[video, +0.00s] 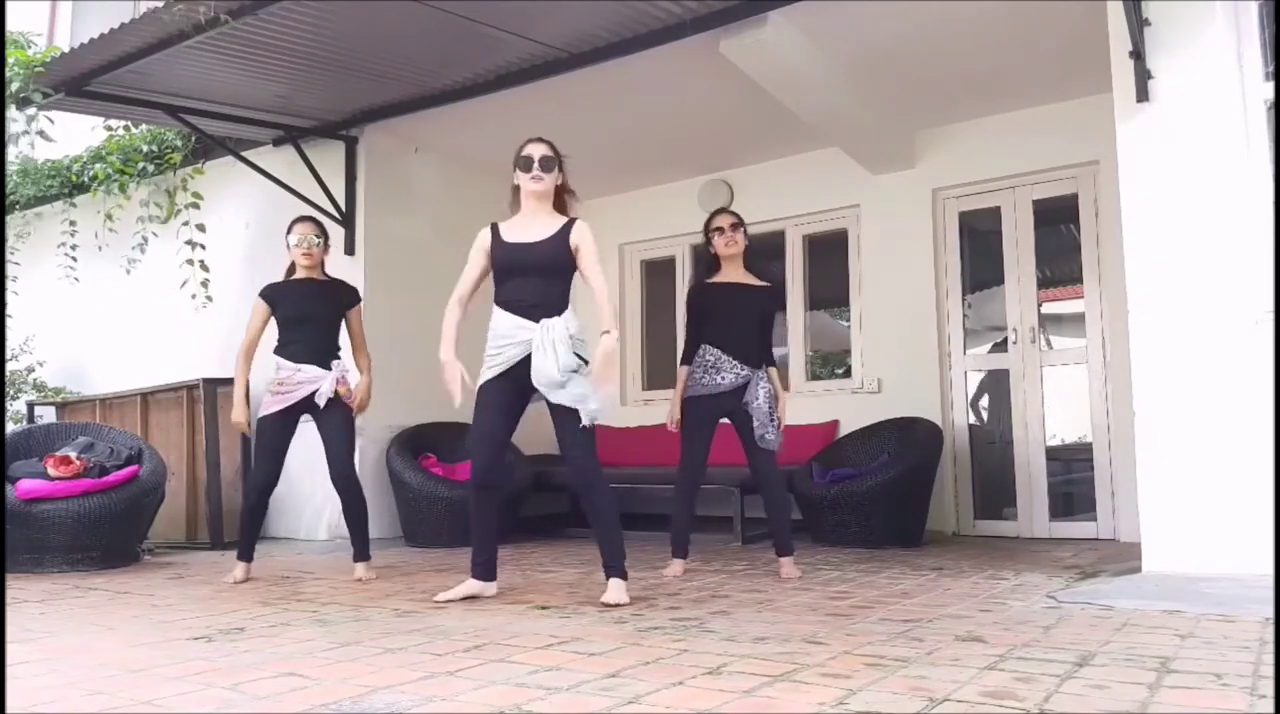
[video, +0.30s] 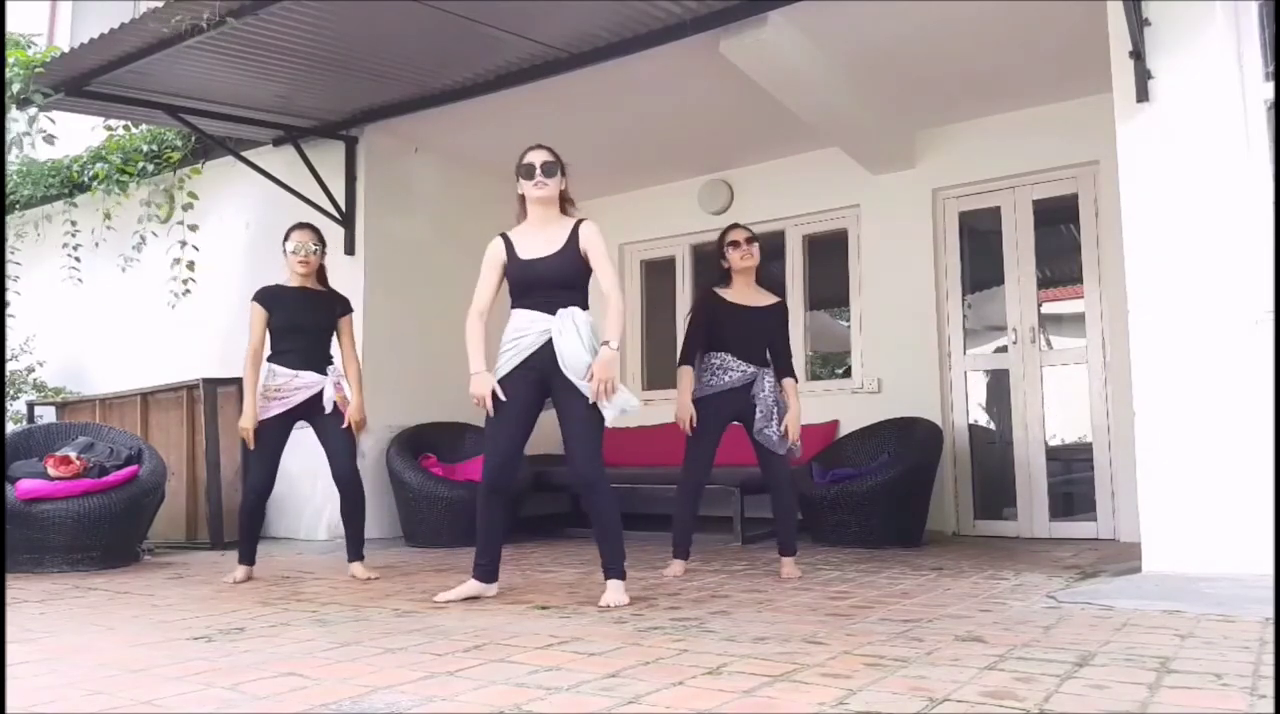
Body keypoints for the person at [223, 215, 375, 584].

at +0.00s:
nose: (307, 244)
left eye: (314, 239)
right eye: (299, 239)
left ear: (326, 247)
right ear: (289, 249)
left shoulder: (344, 292)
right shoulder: (274, 292)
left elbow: (358, 345)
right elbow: (247, 348)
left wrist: (365, 379)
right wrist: (239, 400)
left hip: (331, 388)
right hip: (285, 388)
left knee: (344, 475)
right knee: (263, 479)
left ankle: (362, 560)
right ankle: (243, 561)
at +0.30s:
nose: (304, 255)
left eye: (312, 249)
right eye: (296, 249)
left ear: (322, 256)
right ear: (285, 255)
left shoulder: (337, 302)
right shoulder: (267, 297)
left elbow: (349, 355)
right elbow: (254, 354)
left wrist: (357, 399)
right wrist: (249, 407)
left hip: (325, 394)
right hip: (276, 393)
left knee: (348, 474)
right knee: (258, 483)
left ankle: (357, 561)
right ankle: (245, 564)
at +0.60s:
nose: (309, 253)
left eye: (316, 246)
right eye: (300, 248)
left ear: (327, 251)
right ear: (290, 255)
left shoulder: (344, 297)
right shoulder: (278, 296)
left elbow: (354, 346)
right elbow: (260, 353)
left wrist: (360, 381)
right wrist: (255, 404)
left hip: (334, 392)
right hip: (286, 392)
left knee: (353, 473)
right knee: (266, 477)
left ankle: (356, 561)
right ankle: (241, 560)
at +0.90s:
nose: (295, 259)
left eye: (304, 254)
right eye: (289, 252)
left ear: (316, 261)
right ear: (279, 257)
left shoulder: (329, 306)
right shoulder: (260, 300)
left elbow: (341, 365)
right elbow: (245, 357)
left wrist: (330, 401)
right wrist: (239, 409)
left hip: (310, 397)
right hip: (264, 396)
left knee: (337, 469)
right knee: (242, 480)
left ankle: (359, 555)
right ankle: (247, 562)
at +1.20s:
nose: (296, 254)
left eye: (305, 248)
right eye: (290, 247)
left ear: (319, 255)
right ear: (283, 252)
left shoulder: (329, 294)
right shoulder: (274, 297)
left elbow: (355, 354)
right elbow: (266, 347)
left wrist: (342, 395)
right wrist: (249, 382)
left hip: (312, 389)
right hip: (269, 389)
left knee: (333, 475)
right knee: (246, 476)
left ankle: (374, 550)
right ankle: (248, 562)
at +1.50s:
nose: (302, 265)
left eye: (310, 258)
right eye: (295, 259)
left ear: (328, 262)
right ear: (290, 264)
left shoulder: (353, 304)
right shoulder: (285, 311)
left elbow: (371, 357)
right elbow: (278, 370)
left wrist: (372, 401)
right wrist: (272, 422)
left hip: (346, 400)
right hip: (299, 401)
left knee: (364, 480)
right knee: (274, 486)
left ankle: (358, 562)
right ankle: (241, 556)